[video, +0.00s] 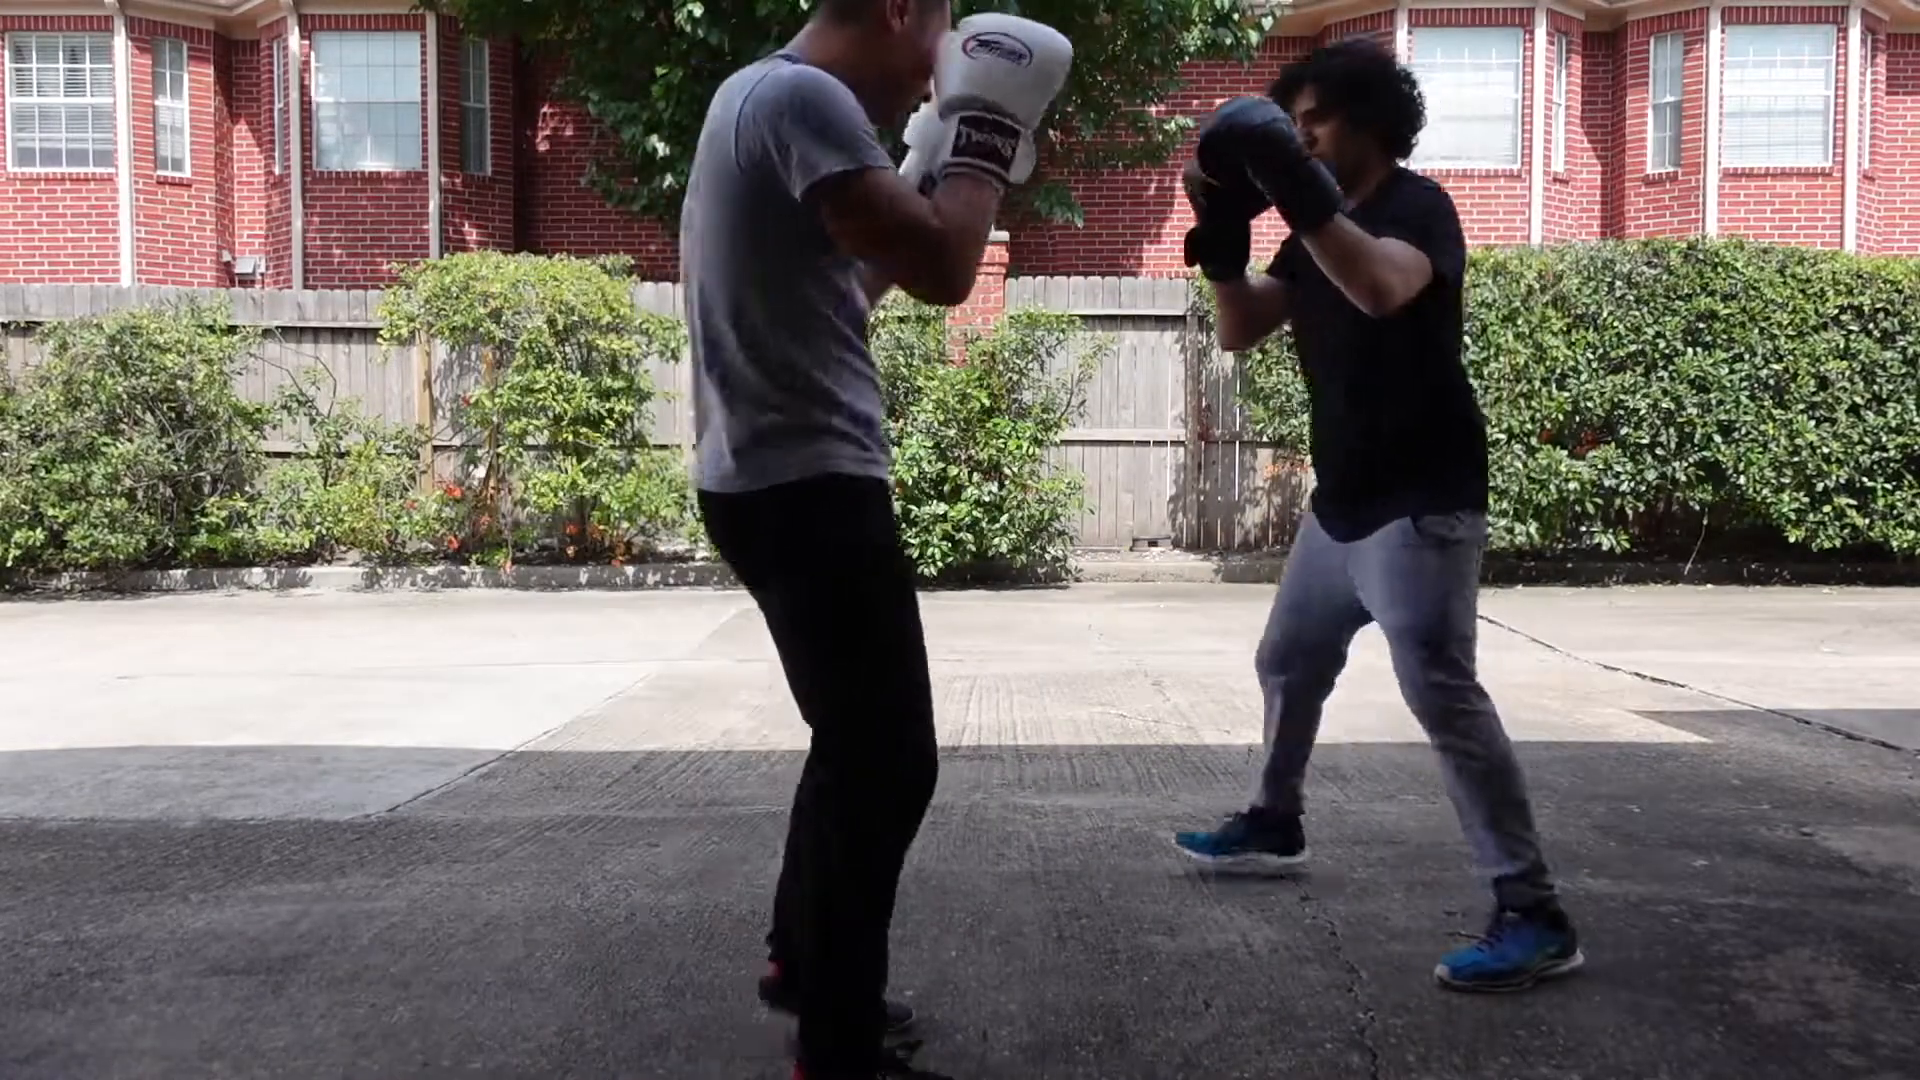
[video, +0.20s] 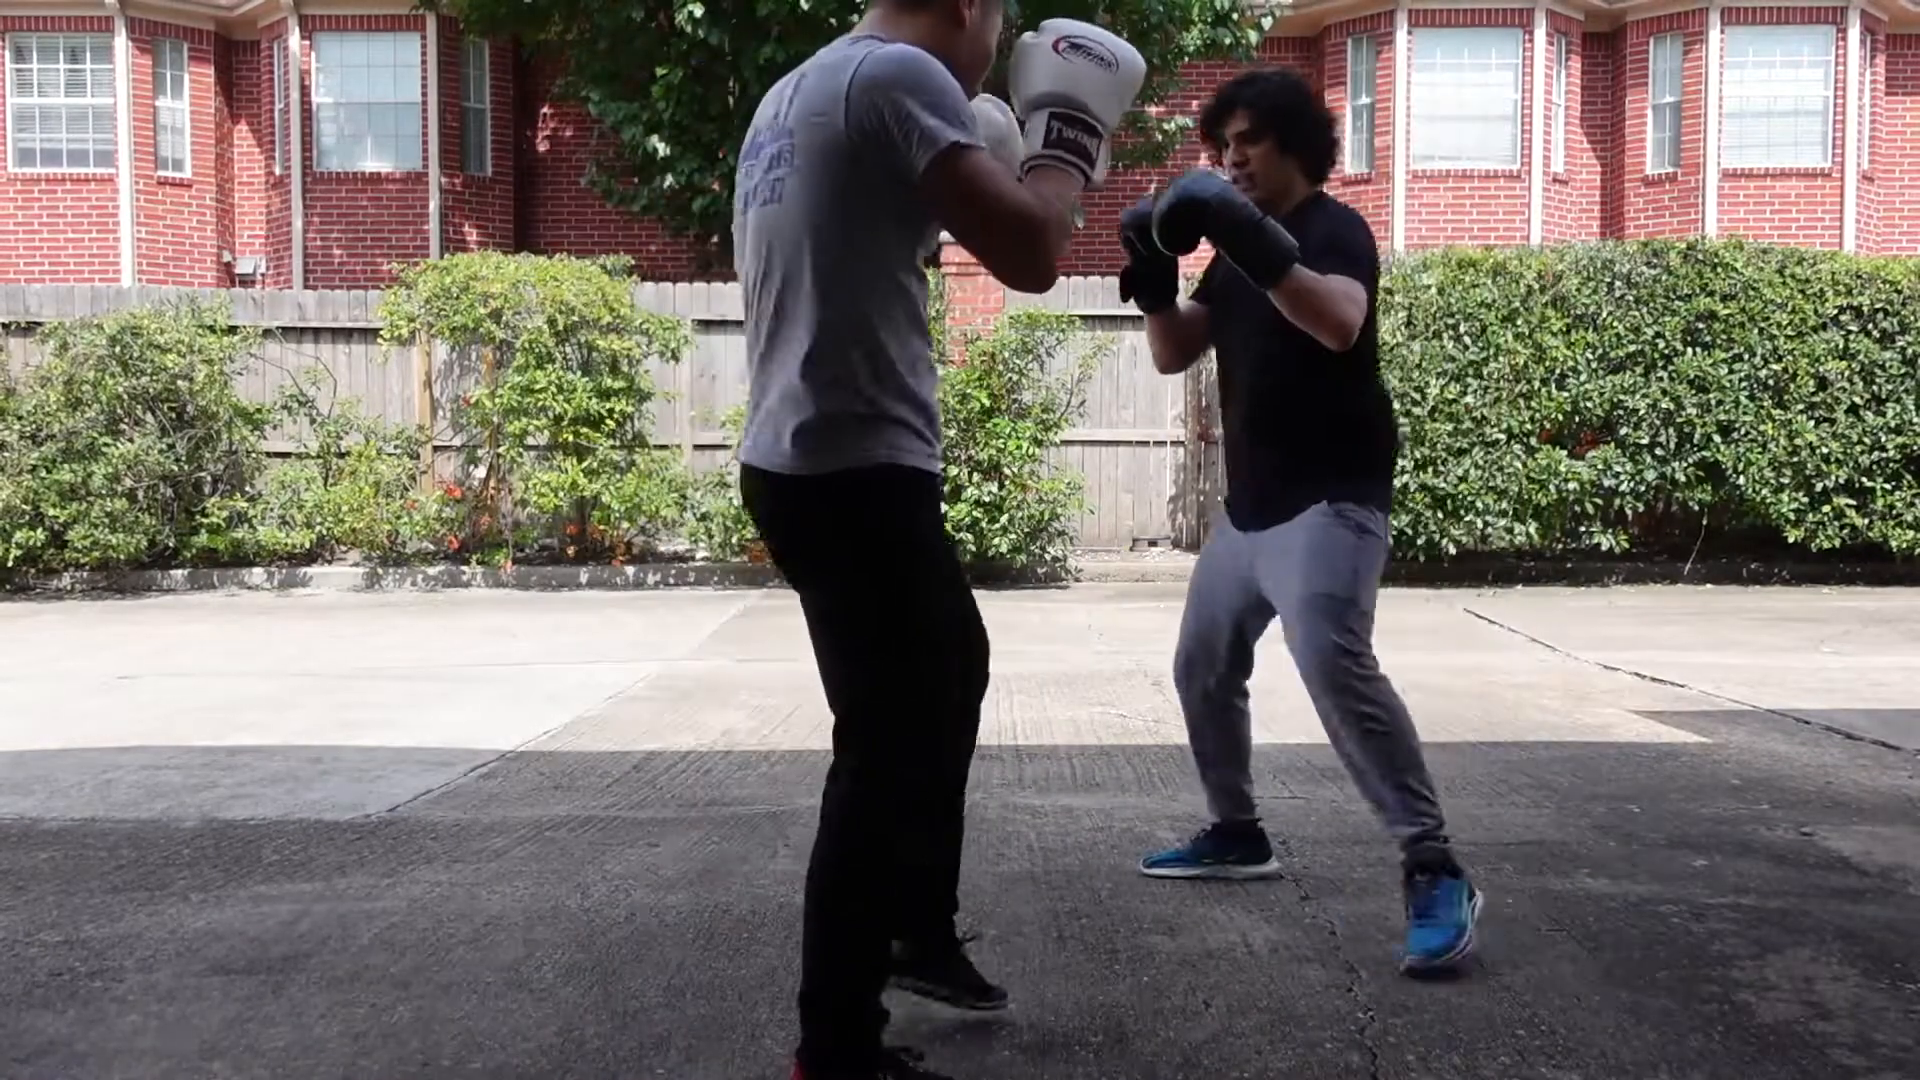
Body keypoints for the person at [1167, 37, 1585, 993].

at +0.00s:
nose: (1298, 142)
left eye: (1314, 123)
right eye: (1294, 127)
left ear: (1372, 124)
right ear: (1304, 137)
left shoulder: (1421, 207)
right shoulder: (1316, 229)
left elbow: (1383, 285)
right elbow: (1240, 328)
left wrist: (1296, 186)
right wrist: (1221, 237)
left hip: (1426, 498)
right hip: (1342, 499)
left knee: (1440, 690)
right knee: (1287, 664)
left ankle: (1532, 912)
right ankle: (1274, 820)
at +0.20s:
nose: (1235, 164)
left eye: (1249, 144)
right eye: (1226, 150)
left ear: (1302, 145)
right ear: (1222, 162)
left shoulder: (1337, 231)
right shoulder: (1235, 249)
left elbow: (1342, 324)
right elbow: (1175, 348)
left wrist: (1245, 235)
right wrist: (1151, 274)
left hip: (1332, 504)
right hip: (1249, 508)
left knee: (1329, 662)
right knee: (1202, 670)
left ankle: (1432, 870)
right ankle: (1235, 832)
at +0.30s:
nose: (1200, 149)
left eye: (1215, 131)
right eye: (1194, 135)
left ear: (1263, 133)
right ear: (1195, 146)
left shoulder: (1309, 204)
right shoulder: (1208, 239)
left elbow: (1315, 282)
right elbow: (1151, 336)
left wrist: (1222, 195)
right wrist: (1131, 253)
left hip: (1315, 480)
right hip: (1231, 491)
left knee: (1294, 648)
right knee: (1195, 646)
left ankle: (1330, 856)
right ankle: (1230, 816)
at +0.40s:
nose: (1179, 156)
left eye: (1194, 139)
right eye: (1178, 141)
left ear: (1237, 143)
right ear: (1188, 156)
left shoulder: (1294, 207)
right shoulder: (1192, 245)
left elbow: (1290, 276)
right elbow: (1143, 352)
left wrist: (1206, 184)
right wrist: (1122, 260)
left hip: (1295, 488)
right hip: (1212, 494)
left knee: (1257, 656)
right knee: (1194, 658)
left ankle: (1282, 866)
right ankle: (1234, 825)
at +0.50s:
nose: (1168, 167)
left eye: (1182, 149)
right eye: (1166, 152)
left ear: (1226, 156)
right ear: (1179, 167)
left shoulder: (1272, 220)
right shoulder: (1177, 252)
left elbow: (1285, 307)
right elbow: (1128, 359)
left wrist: (1205, 212)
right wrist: (1100, 285)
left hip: (1277, 489)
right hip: (1204, 498)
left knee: (1253, 658)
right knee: (1184, 667)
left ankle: (1299, 863)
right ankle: (1234, 827)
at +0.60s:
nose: (1162, 150)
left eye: (1177, 134)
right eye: (1158, 135)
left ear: (1213, 143)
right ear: (1156, 150)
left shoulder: (1256, 206)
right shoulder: (1150, 226)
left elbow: (1263, 274)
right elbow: (1134, 355)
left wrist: (1186, 188)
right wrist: (1074, 288)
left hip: (1272, 480)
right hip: (1189, 490)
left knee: (1266, 651)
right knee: (1175, 655)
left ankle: (1332, 854)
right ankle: (1228, 825)